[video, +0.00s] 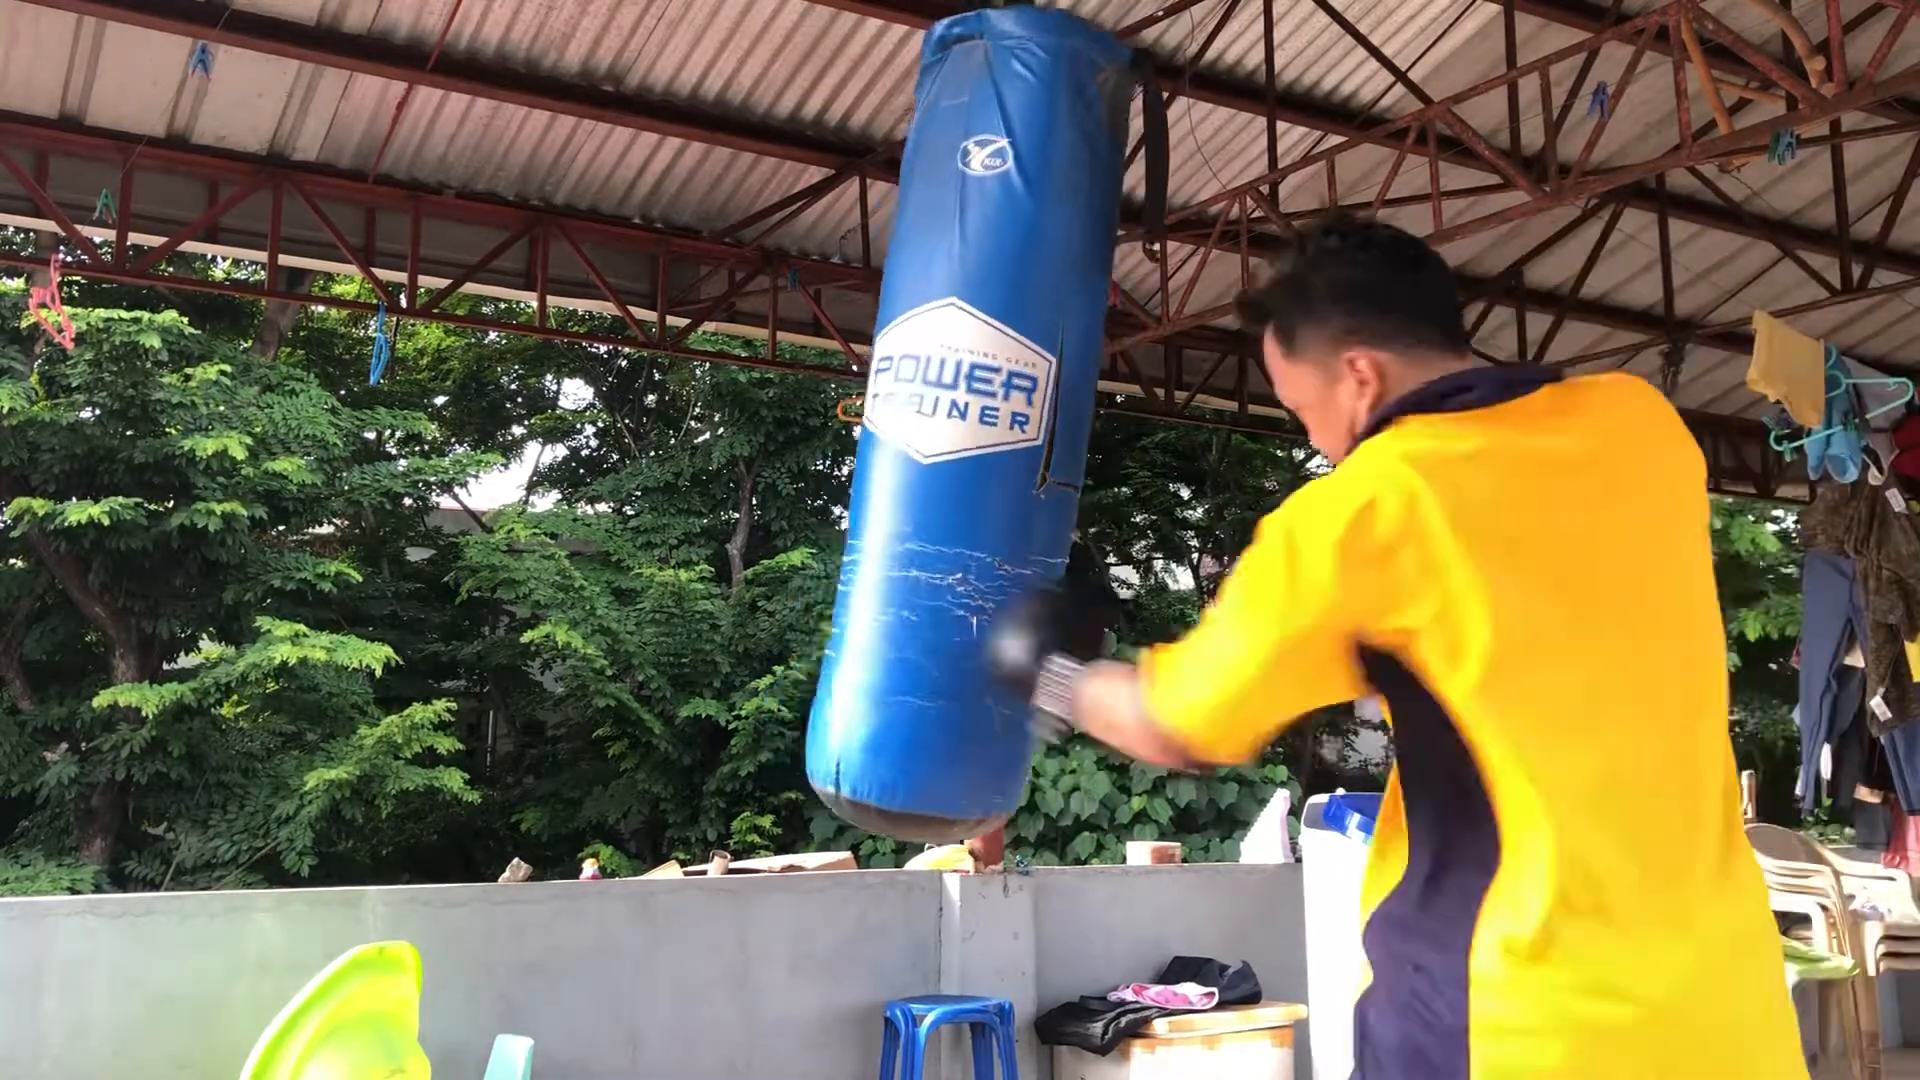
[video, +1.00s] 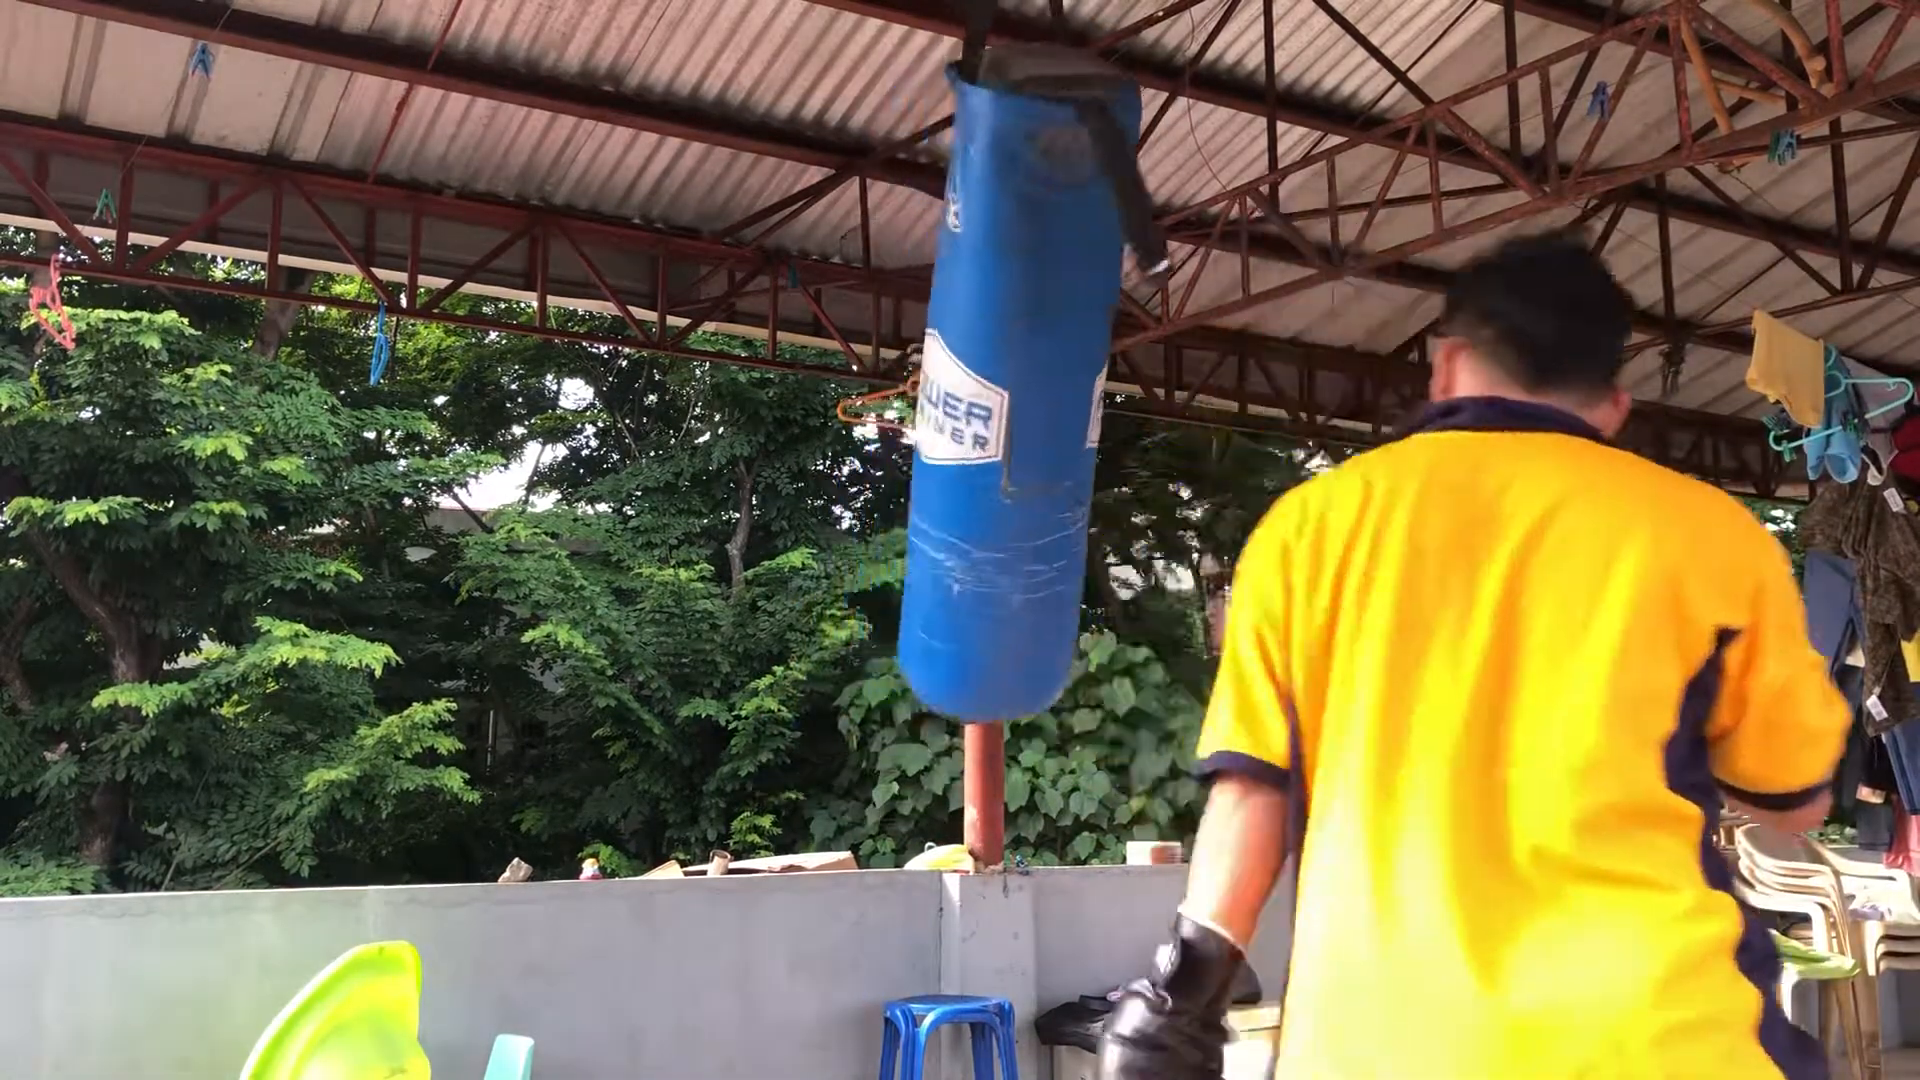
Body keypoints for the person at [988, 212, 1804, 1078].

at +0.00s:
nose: (1311, 446)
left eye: (1302, 413)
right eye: (1296, 419)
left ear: (1362, 374)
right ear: (1459, 342)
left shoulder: (1357, 513)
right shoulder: (1642, 417)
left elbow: (1181, 721)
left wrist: (1048, 670)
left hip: (1509, 1037)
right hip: (1736, 1021)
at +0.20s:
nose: (1240, 514)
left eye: (1227, 490)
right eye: (1223, 493)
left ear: (1274, 448)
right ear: (1366, 387)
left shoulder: (1327, 560)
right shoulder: (1567, 457)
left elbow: (1230, 839)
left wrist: (1126, 850)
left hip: (1515, 1030)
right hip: (1709, 1007)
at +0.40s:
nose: (1224, 440)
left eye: (1213, 410)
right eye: (1210, 417)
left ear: (1258, 383)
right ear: (1360, 355)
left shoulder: (1288, 470)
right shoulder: (1573, 462)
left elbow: (1334, 638)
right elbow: (1655, 673)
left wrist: (1205, 765)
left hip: (1402, 1034)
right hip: (1623, 1014)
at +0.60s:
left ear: (1198, 347)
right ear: (1361, 353)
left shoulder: (1134, 497)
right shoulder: (1461, 439)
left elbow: (1043, 583)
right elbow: (1654, 635)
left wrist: (1009, 546)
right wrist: (1500, 623)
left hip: (1280, 995)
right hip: (1509, 972)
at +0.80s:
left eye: (1245, 341)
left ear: (1254, 340)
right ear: (1420, 355)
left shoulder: (1156, 494)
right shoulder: (1522, 450)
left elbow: (1113, 764)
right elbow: (1640, 698)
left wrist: (1202, 805)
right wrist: (1500, 624)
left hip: (1298, 1019)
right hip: (1548, 1007)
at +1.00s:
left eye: (1430, 366)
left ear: (1447, 364)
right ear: (1616, 405)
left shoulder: (1311, 519)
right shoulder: (1712, 530)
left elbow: (1254, 782)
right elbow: (1791, 811)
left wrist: (1178, 999)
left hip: (1367, 1043)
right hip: (1662, 1040)